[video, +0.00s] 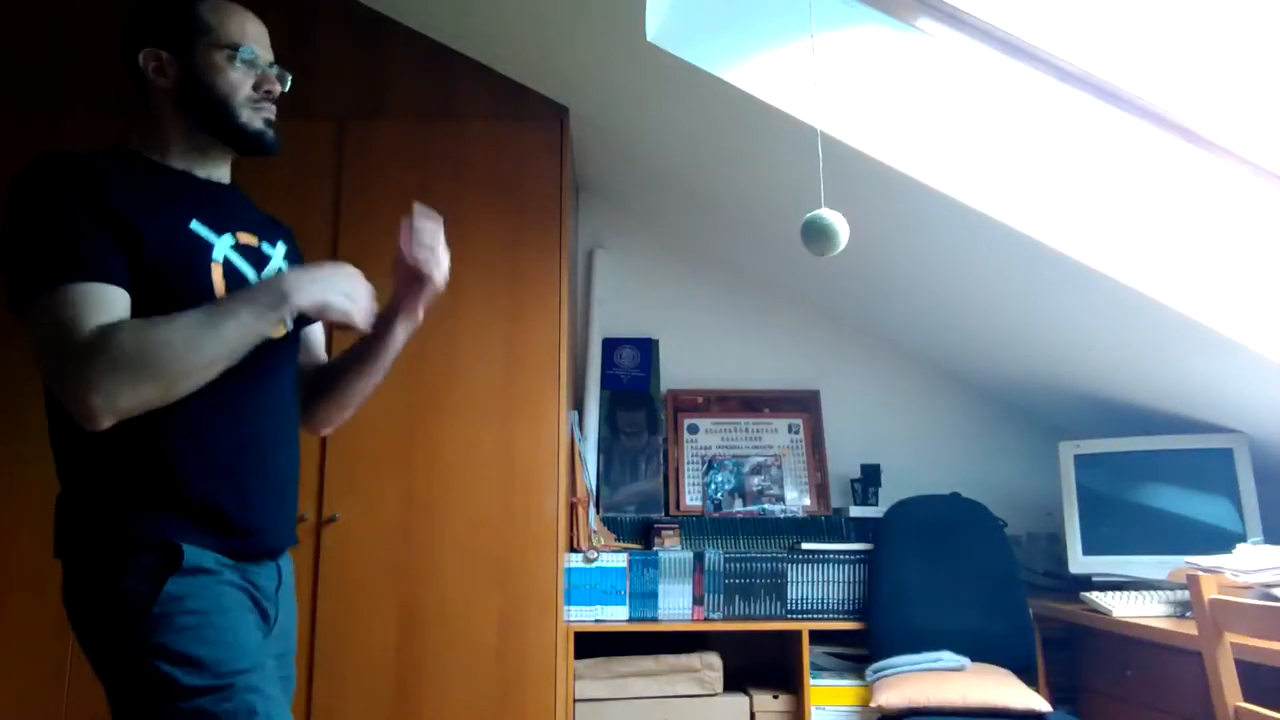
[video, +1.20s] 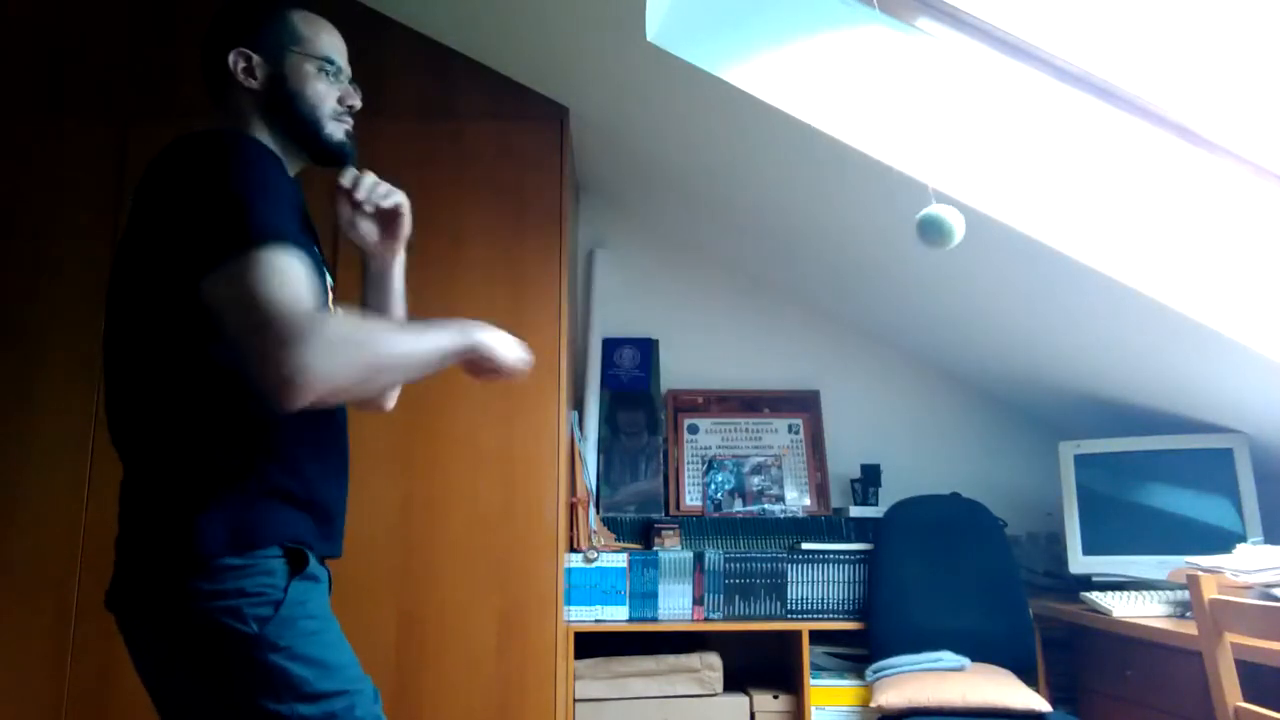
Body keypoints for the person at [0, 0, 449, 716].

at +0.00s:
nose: (272, 82)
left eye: (271, 67)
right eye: (240, 58)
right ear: (162, 69)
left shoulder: (270, 236)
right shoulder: (79, 192)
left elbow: (316, 408)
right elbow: (93, 386)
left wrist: (405, 311)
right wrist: (283, 295)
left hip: (266, 570)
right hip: (163, 571)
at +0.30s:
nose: (314, 74)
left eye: (311, 59)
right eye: (283, 50)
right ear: (203, 64)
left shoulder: (278, 222)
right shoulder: (136, 172)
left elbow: (393, 374)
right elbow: (203, 338)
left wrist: (427, 268)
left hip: (287, 570)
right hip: (214, 572)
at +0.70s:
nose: (364, 85)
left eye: (361, 68)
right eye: (335, 60)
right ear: (255, 65)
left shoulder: (299, 208)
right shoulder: (213, 173)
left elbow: (417, 367)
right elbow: (297, 342)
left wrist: (435, 234)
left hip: (291, 563)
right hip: (245, 567)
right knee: (358, 705)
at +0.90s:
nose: (366, 105)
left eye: (365, 88)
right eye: (344, 76)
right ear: (265, 70)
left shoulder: (221, 190)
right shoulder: (279, 155)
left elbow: (373, 363)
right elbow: (531, 200)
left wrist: (387, 206)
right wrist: (725, 227)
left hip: (203, 566)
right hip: (245, 566)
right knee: (362, 710)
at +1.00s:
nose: (356, 103)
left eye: (356, 85)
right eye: (335, 75)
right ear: (257, 69)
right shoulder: (250, 156)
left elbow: (370, 366)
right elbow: (500, 229)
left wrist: (373, 207)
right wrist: (674, 285)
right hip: (231, 564)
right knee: (358, 705)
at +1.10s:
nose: (350, 102)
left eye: (347, 84)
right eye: (326, 73)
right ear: (249, 69)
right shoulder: (248, 154)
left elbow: (367, 371)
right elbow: (418, 280)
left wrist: (376, 240)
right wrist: (579, 335)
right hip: (250, 572)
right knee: (349, 706)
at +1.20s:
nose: (355, 96)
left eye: (351, 80)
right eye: (328, 69)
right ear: (250, 71)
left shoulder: (246, 183)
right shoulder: (230, 168)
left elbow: (375, 388)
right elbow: (297, 361)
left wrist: (383, 261)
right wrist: (467, 335)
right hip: (241, 577)